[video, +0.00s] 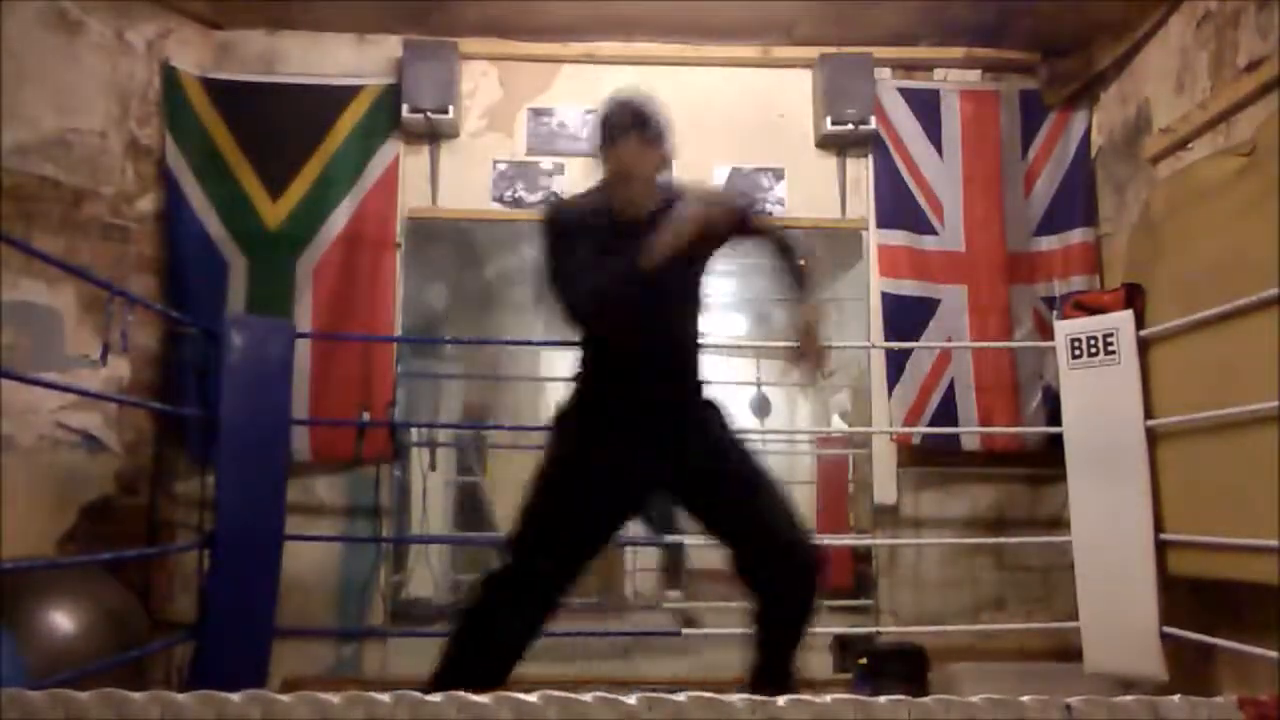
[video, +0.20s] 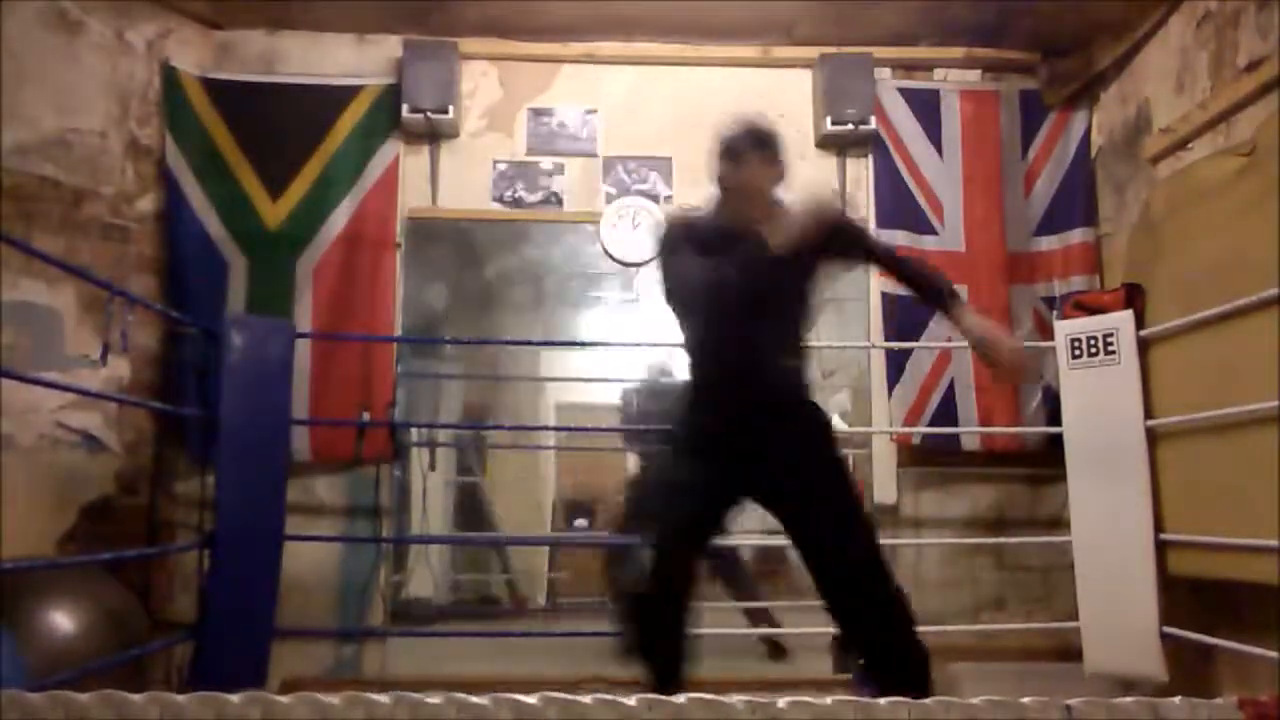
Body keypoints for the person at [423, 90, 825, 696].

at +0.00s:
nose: (641, 155)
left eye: (650, 143)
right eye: (629, 143)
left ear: (664, 153)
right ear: (607, 152)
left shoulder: (690, 213)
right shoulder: (573, 220)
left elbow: (775, 240)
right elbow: (588, 303)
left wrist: (804, 313)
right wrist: (669, 242)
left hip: (683, 425)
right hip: (603, 428)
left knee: (788, 562)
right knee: (531, 580)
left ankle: (769, 701)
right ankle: (443, 707)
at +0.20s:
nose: (740, 177)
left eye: (753, 165)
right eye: (732, 164)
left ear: (776, 173)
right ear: (718, 171)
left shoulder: (807, 230)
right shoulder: (687, 235)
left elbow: (893, 262)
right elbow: (696, 297)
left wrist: (967, 320)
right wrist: (782, 247)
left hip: (788, 432)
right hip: (709, 432)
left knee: (851, 566)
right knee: (661, 565)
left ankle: (907, 695)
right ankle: (662, 691)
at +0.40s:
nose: (853, 293)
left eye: (862, 279)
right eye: (842, 279)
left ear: (872, 271)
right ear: (811, 264)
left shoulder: (882, 340)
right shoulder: (755, 337)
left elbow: (913, 419)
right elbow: (748, 450)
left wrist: (950, 478)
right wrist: (799, 502)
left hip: (847, 481)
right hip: (771, 493)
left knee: (937, 647)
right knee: (822, 658)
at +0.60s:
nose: (809, 231)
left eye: (819, 220)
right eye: (798, 218)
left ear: (831, 226)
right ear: (774, 219)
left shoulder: (838, 292)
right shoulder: (725, 275)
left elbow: (824, 336)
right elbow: (673, 288)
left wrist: (780, 271)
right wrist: (638, 305)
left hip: (803, 461)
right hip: (729, 460)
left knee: (863, 581)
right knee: (688, 573)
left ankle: (926, 693)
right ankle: (729, 683)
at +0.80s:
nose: (674, 146)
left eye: (687, 135)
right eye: (664, 133)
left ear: (705, 147)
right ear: (648, 143)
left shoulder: (732, 216)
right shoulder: (606, 202)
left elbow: (716, 277)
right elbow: (498, 234)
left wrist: (641, 209)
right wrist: (488, 204)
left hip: (695, 414)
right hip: (616, 410)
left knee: (758, 557)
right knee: (528, 550)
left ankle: (787, 695)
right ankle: (468, 691)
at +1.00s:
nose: (548, 210)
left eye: (562, 196)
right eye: (538, 196)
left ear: (585, 209)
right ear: (523, 208)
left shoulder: (622, 295)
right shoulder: (488, 289)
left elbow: (633, 415)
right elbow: (438, 390)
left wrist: (612, 464)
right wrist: (383, 439)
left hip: (585, 478)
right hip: (503, 472)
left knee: (580, 646)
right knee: (418, 624)